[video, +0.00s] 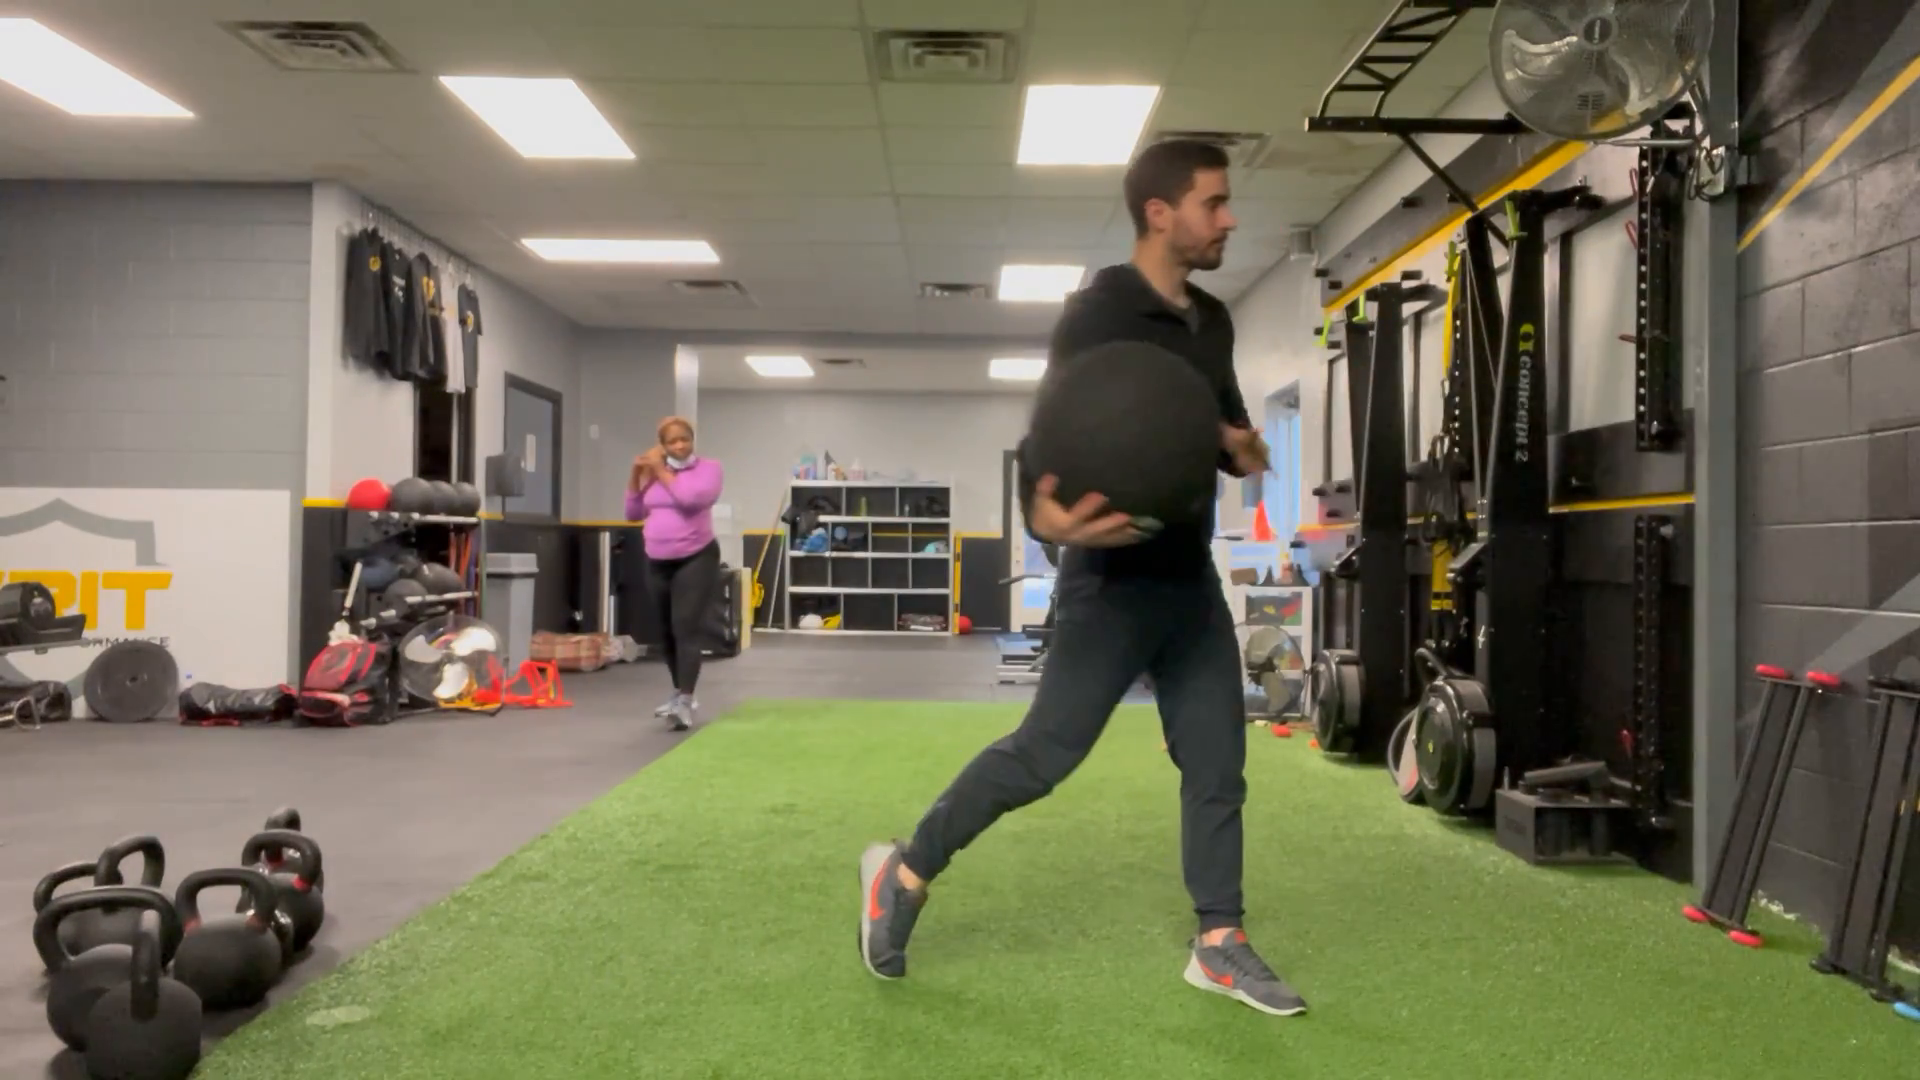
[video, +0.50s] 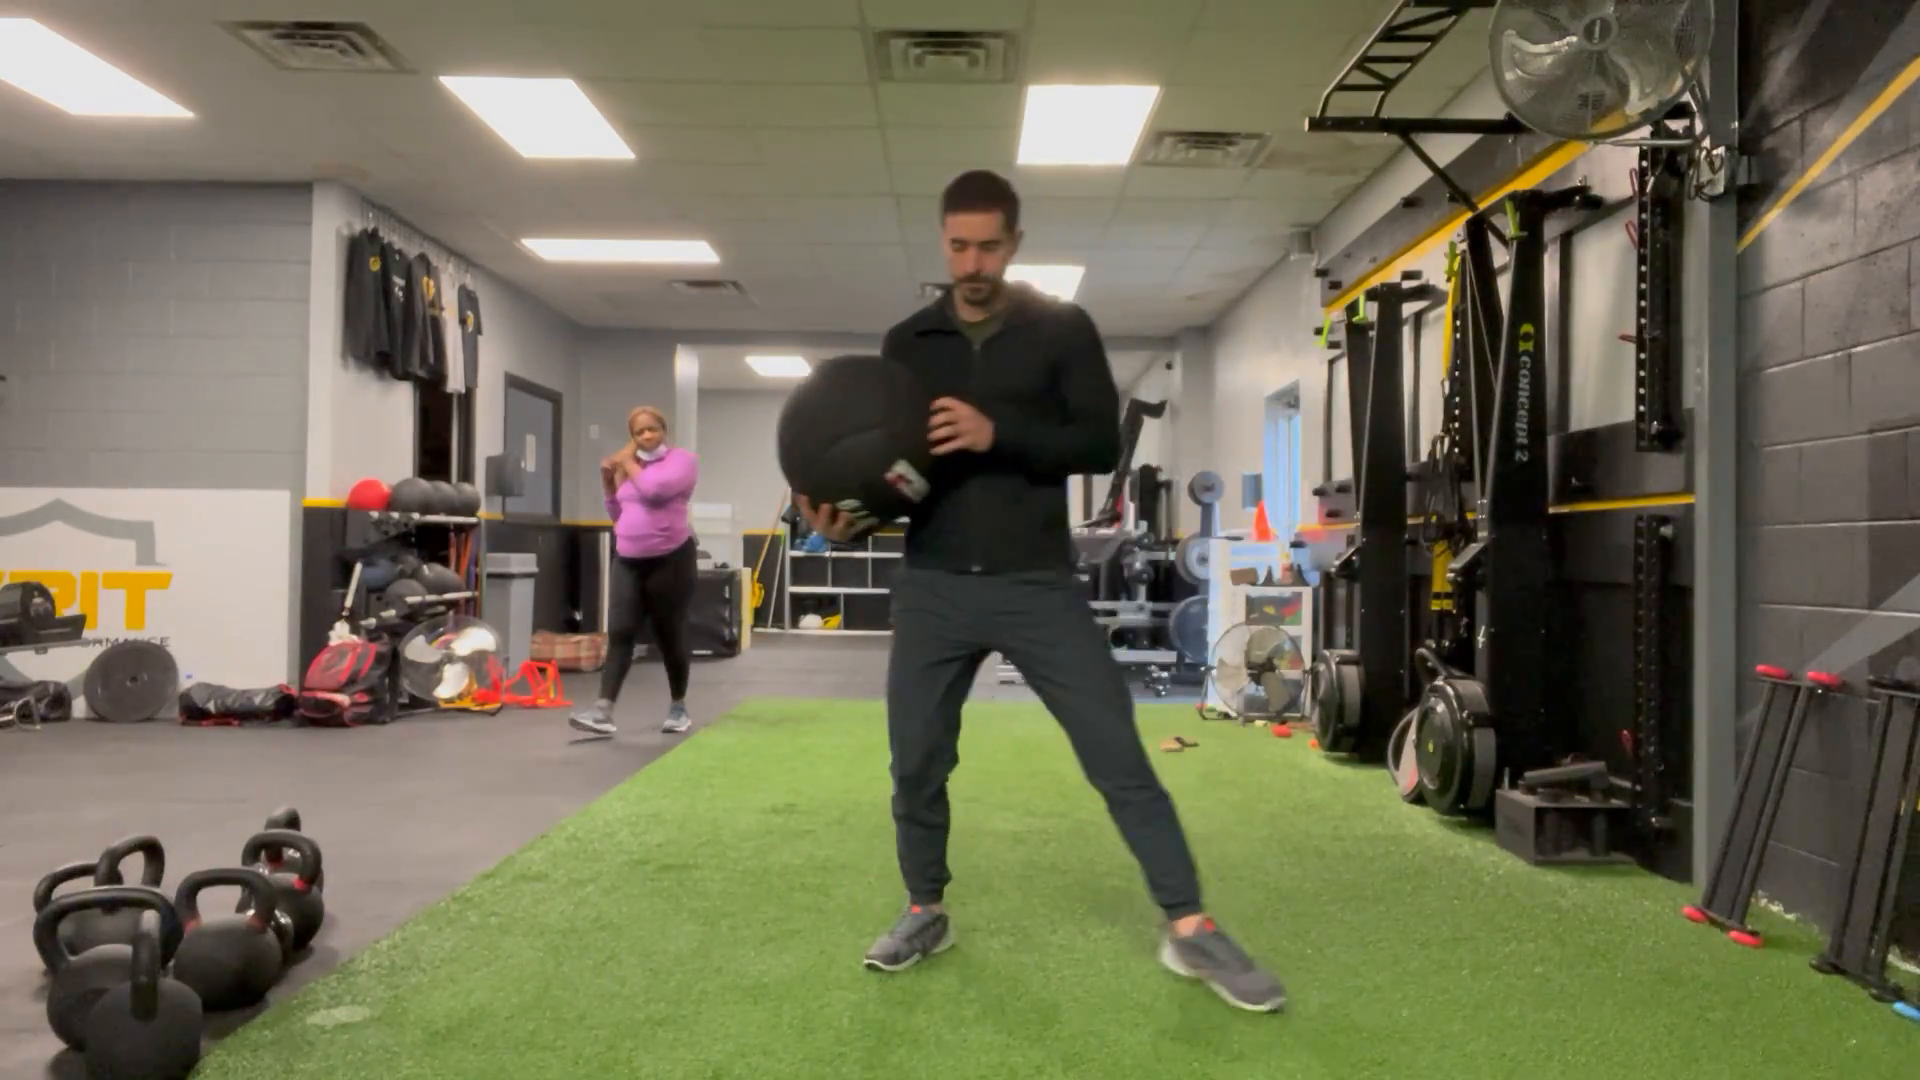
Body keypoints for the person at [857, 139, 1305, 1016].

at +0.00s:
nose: (1229, 220)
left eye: (1228, 204)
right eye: (1214, 204)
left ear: (1191, 216)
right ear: (1158, 213)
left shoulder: (1210, 319)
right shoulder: (1105, 302)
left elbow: (1231, 426)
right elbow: (1051, 434)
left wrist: (1243, 449)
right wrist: (1047, 522)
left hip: (1188, 581)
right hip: (1109, 581)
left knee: (1215, 766)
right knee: (1043, 754)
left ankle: (1219, 939)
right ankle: (905, 869)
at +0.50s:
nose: (973, 262)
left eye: (989, 247)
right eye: (960, 246)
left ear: (1015, 246)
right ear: (942, 245)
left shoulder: (1063, 330)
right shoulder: (908, 343)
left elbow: (1102, 446)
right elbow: (880, 459)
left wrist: (996, 433)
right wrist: (835, 506)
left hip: (1039, 588)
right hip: (932, 589)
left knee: (1120, 760)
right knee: (915, 764)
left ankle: (1188, 924)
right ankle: (924, 911)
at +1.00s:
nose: (832, 266)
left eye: (847, 250)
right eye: (822, 249)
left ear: (893, 235)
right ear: (817, 239)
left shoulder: (952, 319)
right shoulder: (816, 329)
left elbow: (1010, 429)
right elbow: (790, 457)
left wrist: (903, 447)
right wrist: (724, 482)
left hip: (908, 576)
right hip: (829, 572)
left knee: (830, 741)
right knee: (876, 745)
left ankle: (766, 941)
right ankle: (926, 907)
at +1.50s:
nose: (714, 245)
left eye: (731, 227)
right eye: (702, 226)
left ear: (776, 206)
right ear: (692, 209)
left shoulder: (833, 294)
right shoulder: (690, 291)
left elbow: (899, 415)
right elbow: (655, 414)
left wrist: (794, 433)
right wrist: (576, 444)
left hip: (775, 567)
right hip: (681, 555)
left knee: (745, 757)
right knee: (626, 737)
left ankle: (754, 952)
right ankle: (669, 884)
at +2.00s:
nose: (548, 271)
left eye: (567, 256)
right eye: (536, 251)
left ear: (603, 238)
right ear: (519, 229)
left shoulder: (655, 319)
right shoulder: (478, 308)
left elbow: (717, 441)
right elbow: (436, 429)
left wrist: (648, 454)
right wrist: (379, 482)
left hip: (604, 596)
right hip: (486, 589)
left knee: (655, 769)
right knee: (427, 773)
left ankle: (738, 948)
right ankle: (393, 933)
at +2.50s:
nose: (475, 269)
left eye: (493, 251)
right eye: (460, 249)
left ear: (524, 234)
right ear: (435, 230)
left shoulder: (574, 326)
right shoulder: (386, 314)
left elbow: (617, 461)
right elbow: (363, 440)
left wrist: (524, 497)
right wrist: (323, 504)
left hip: (550, 585)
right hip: (427, 587)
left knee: (592, 756)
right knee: (396, 766)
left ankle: (625, 927)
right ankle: (386, 931)